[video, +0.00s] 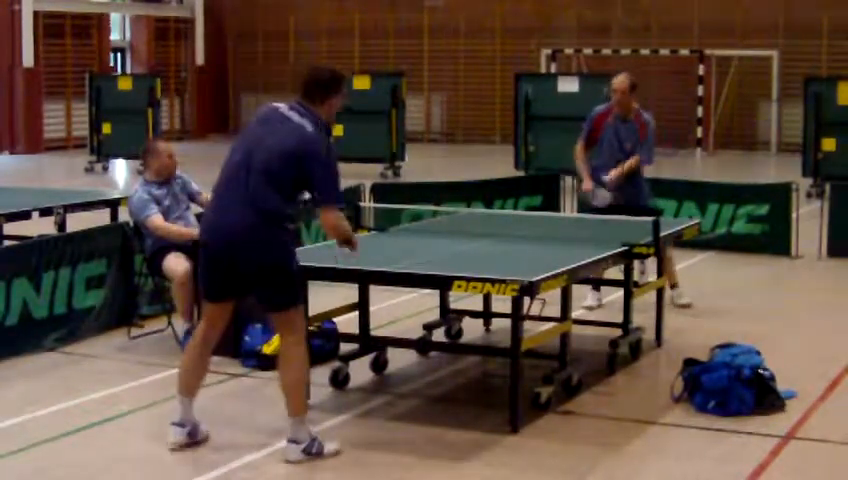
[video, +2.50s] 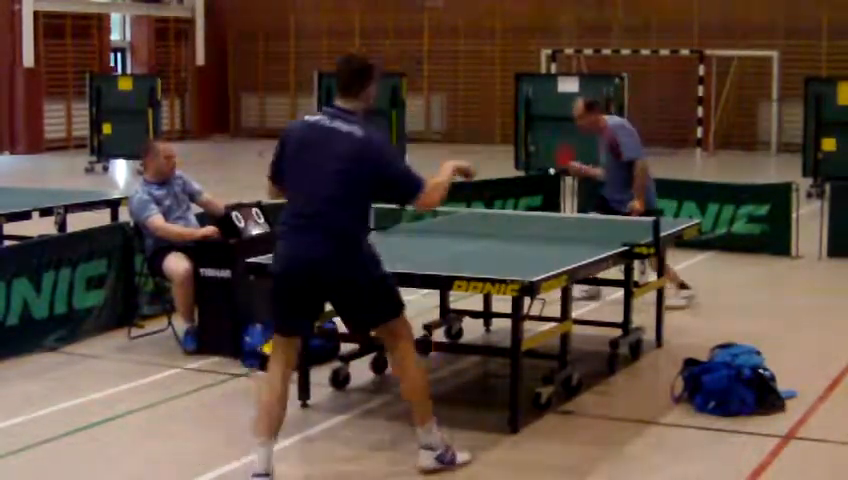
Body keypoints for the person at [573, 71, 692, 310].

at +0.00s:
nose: (616, 97)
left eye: (621, 93)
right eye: (613, 92)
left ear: (631, 94)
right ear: (610, 93)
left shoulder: (644, 121)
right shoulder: (599, 115)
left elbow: (641, 156)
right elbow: (580, 147)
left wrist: (619, 171)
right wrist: (586, 178)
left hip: (632, 185)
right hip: (601, 185)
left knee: (657, 235)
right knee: (597, 238)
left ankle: (674, 287)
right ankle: (594, 290)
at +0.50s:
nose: (645, 76)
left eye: (651, 72)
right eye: (643, 71)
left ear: (661, 79)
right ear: (638, 76)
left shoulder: (669, 106)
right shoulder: (627, 99)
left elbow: (682, 142)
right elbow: (618, 110)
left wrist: (665, 149)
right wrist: (633, 113)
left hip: (657, 183)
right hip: (626, 180)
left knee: (669, 236)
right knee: (611, 235)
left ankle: (676, 288)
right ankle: (596, 289)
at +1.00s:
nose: (644, 95)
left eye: (649, 92)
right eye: (641, 90)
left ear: (658, 96)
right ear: (634, 90)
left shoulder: (660, 121)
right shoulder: (622, 107)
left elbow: (670, 159)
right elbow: (625, 120)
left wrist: (655, 183)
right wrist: (658, 113)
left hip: (646, 191)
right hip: (616, 188)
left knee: (665, 241)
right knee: (603, 243)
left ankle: (676, 289)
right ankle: (587, 292)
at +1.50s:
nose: (632, 117)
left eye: (637, 113)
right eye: (629, 112)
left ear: (645, 111)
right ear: (625, 109)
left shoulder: (657, 129)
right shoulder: (613, 123)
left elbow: (666, 172)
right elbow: (589, 155)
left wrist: (654, 204)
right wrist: (602, 172)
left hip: (644, 200)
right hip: (613, 197)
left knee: (665, 245)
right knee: (597, 244)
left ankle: (677, 289)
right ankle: (587, 294)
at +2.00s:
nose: (610, 119)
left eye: (614, 114)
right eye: (606, 115)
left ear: (623, 113)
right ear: (601, 114)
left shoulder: (637, 131)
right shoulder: (593, 131)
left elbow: (653, 171)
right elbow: (581, 169)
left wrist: (641, 200)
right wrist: (595, 186)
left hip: (631, 197)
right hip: (602, 197)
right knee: (591, 238)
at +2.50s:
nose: (580, 125)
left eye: (581, 119)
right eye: (578, 120)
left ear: (594, 115)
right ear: (588, 117)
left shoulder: (618, 128)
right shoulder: (604, 133)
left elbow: (640, 164)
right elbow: (610, 174)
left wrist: (639, 199)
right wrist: (583, 170)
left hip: (634, 202)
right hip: (612, 199)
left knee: (650, 251)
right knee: (589, 235)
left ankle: (681, 287)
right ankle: (590, 283)